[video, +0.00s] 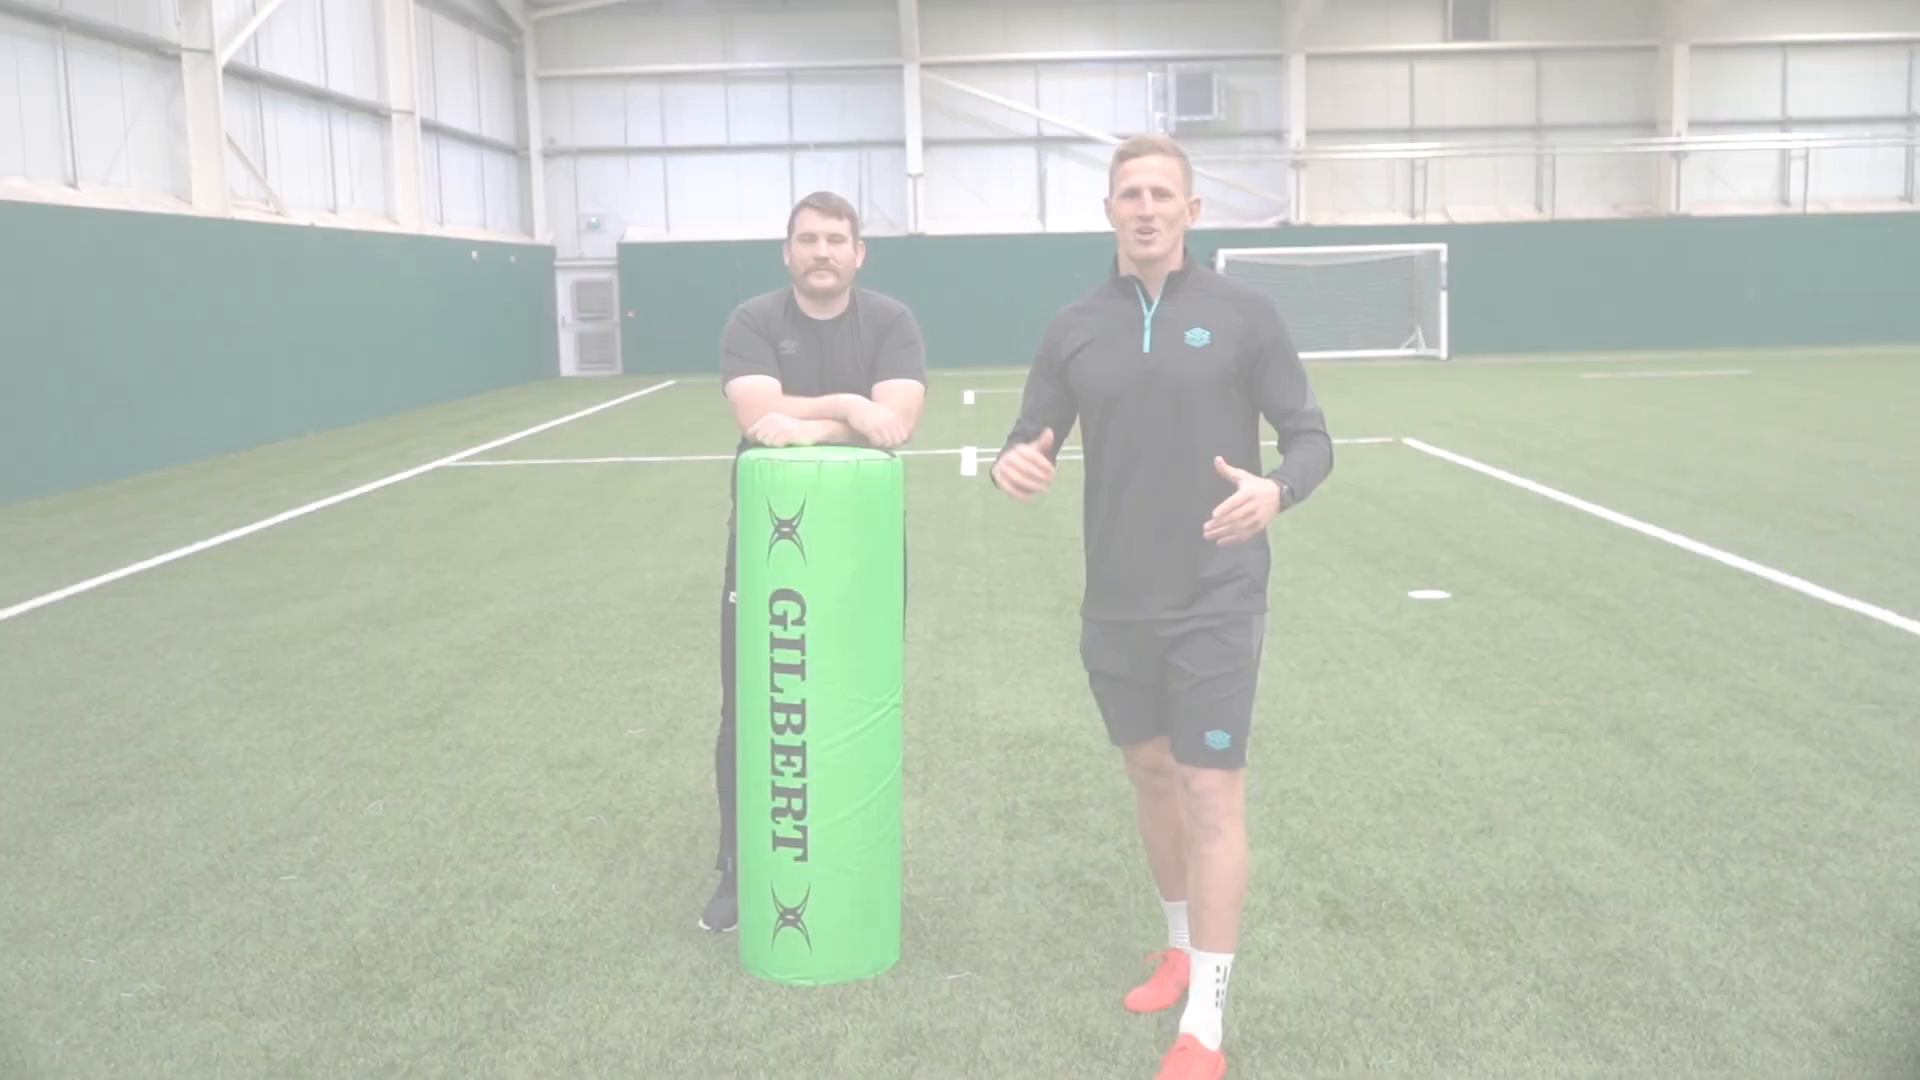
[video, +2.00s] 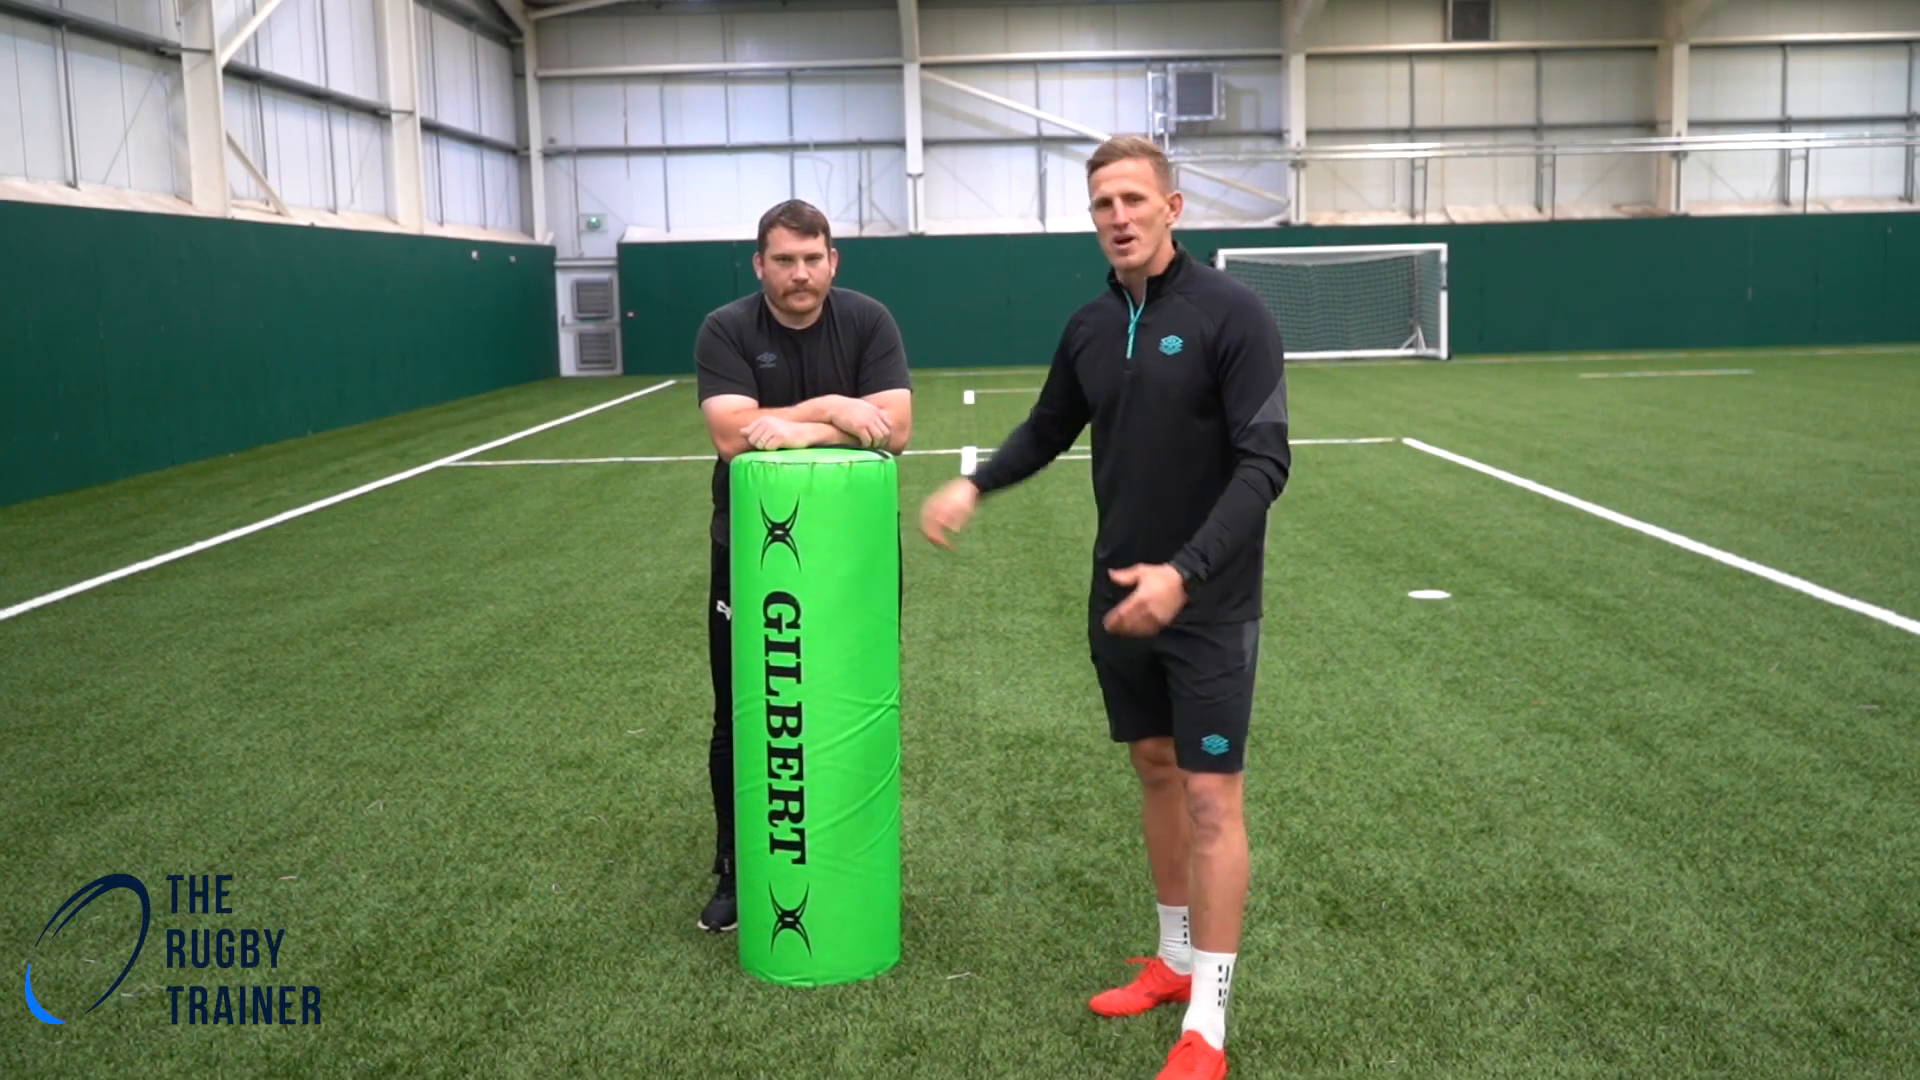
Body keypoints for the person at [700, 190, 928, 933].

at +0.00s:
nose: (822, 252)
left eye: (836, 240)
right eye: (809, 240)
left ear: (858, 251)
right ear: (788, 250)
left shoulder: (892, 321)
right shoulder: (754, 321)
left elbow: (892, 427)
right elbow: (761, 421)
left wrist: (806, 430)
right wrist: (851, 405)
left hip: (860, 546)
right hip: (768, 544)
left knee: (854, 715)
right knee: (749, 712)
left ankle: (846, 880)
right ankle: (738, 872)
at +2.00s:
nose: (801, 275)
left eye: (813, 260)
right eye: (785, 262)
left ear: (832, 260)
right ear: (759, 266)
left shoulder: (868, 320)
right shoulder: (728, 328)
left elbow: (895, 426)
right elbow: (731, 434)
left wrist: (789, 424)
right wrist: (838, 410)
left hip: (848, 552)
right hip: (750, 552)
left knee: (847, 717)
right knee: (741, 715)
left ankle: (846, 880)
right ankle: (736, 874)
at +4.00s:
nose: (857, 257)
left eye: (868, 247)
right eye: (843, 243)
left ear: (880, 259)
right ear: (811, 249)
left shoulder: (897, 326)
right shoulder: (760, 317)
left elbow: (890, 422)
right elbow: (730, 417)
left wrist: (783, 419)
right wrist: (838, 409)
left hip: (856, 545)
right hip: (764, 540)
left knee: (850, 713)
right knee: (748, 709)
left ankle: (843, 881)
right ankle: (738, 872)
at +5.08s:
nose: (776, 254)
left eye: (775, 242)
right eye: (760, 246)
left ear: (768, 249)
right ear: (712, 259)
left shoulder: (795, 315)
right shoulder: (664, 336)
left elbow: (836, 409)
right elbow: (679, 446)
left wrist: (742, 422)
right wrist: (789, 414)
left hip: (791, 555)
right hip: (701, 559)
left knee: (797, 713)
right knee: (701, 722)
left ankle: (803, 867)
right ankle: (711, 874)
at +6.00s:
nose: (769, 259)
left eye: (772, 245)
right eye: (752, 248)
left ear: (774, 250)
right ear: (706, 258)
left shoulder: (801, 316)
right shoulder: (668, 333)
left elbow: (842, 408)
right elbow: (717, 429)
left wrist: (775, 425)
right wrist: (814, 399)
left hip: (796, 555)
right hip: (702, 557)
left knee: (799, 711)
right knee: (703, 720)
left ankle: (805, 864)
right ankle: (711, 870)